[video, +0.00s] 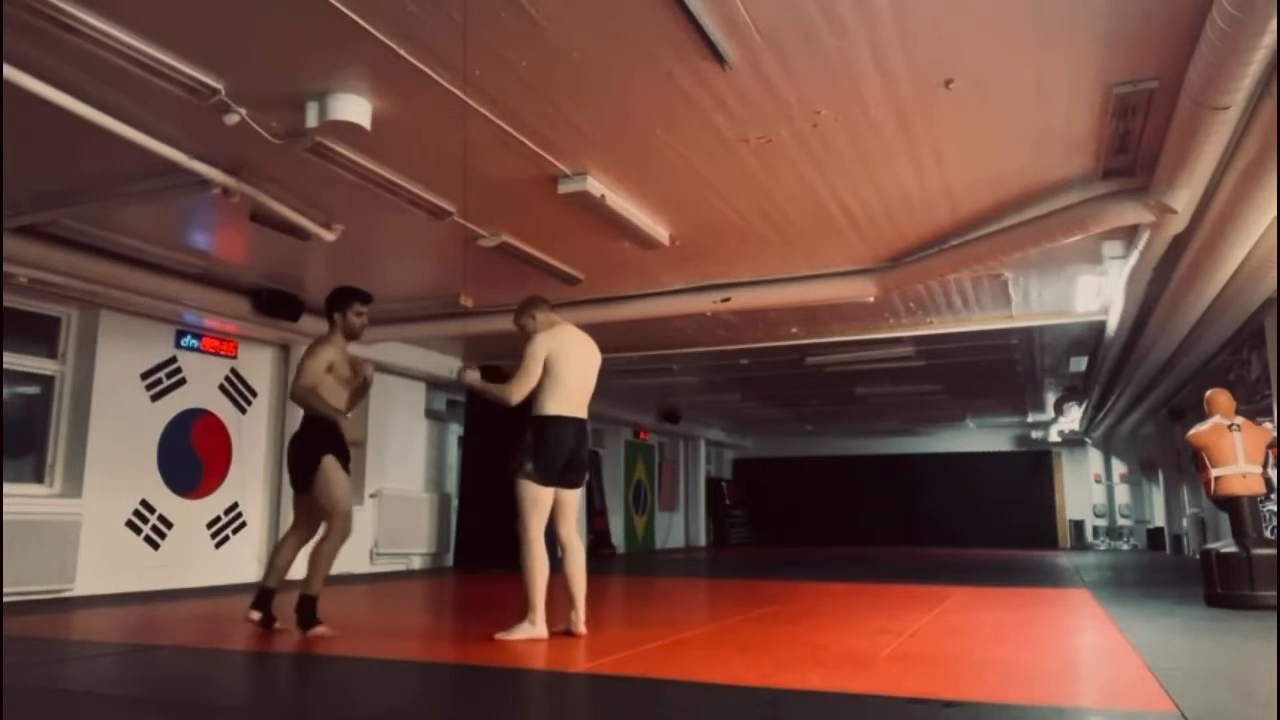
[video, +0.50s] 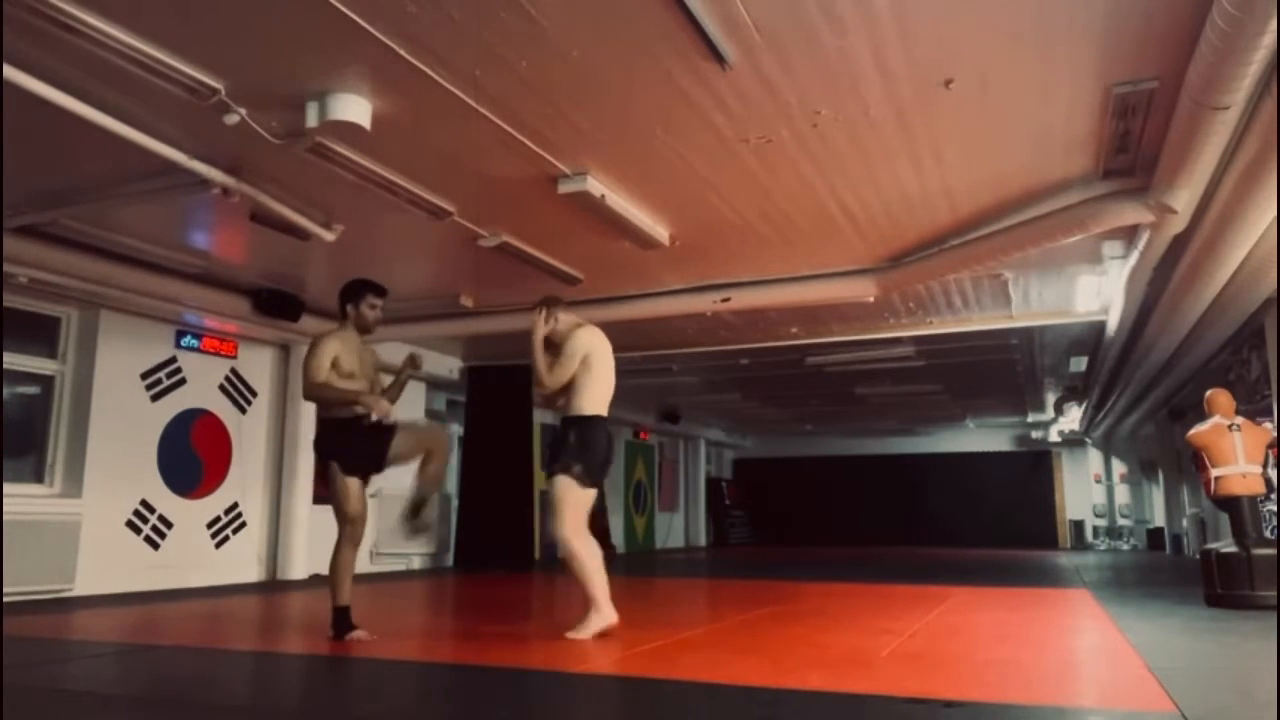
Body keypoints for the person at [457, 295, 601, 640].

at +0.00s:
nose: (526, 335)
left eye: (524, 329)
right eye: (523, 330)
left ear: (534, 316)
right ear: (549, 311)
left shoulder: (544, 340)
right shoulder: (590, 346)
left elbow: (514, 394)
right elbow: (571, 388)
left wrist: (477, 383)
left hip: (545, 436)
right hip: (578, 438)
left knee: (532, 532)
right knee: (570, 532)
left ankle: (536, 621)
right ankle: (579, 617)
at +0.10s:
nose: (526, 333)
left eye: (525, 327)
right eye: (523, 328)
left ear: (535, 315)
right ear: (550, 310)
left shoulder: (545, 338)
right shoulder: (590, 343)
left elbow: (505, 385)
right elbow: (569, 383)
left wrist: (475, 365)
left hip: (548, 437)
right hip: (580, 438)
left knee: (536, 533)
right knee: (574, 530)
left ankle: (536, 621)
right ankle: (587, 615)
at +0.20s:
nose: (531, 332)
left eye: (529, 326)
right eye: (528, 328)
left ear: (539, 314)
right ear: (555, 310)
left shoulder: (553, 335)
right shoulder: (592, 342)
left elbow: (502, 371)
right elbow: (564, 387)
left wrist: (484, 335)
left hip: (554, 434)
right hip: (585, 435)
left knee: (541, 531)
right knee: (579, 528)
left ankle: (536, 621)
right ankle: (605, 611)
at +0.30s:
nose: (536, 333)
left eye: (535, 326)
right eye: (533, 329)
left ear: (545, 314)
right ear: (558, 311)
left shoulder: (563, 336)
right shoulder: (595, 344)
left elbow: (511, 367)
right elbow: (551, 393)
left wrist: (503, 328)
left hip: (563, 435)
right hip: (590, 436)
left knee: (542, 527)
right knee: (591, 530)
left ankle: (537, 620)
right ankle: (614, 613)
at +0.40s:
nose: (544, 335)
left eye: (542, 328)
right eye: (542, 330)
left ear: (552, 317)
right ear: (561, 314)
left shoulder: (575, 339)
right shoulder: (592, 342)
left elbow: (530, 375)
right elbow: (556, 399)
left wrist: (525, 332)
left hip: (575, 437)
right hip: (596, 437)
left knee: (541, 523)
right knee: (594, 529)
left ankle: (551, 616)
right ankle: (613, 616)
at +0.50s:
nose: (546, 336)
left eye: (545, 330)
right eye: (544, 330)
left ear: (554, 318)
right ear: (562, 314)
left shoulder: (581, 336)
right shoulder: (592, 339)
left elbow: (548, 382)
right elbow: (560, 397)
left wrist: (537, 339)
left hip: (582, 433)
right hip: (591, 433)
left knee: (568, 528)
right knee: (576, 529)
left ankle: (602, 609)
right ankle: (602, 608)